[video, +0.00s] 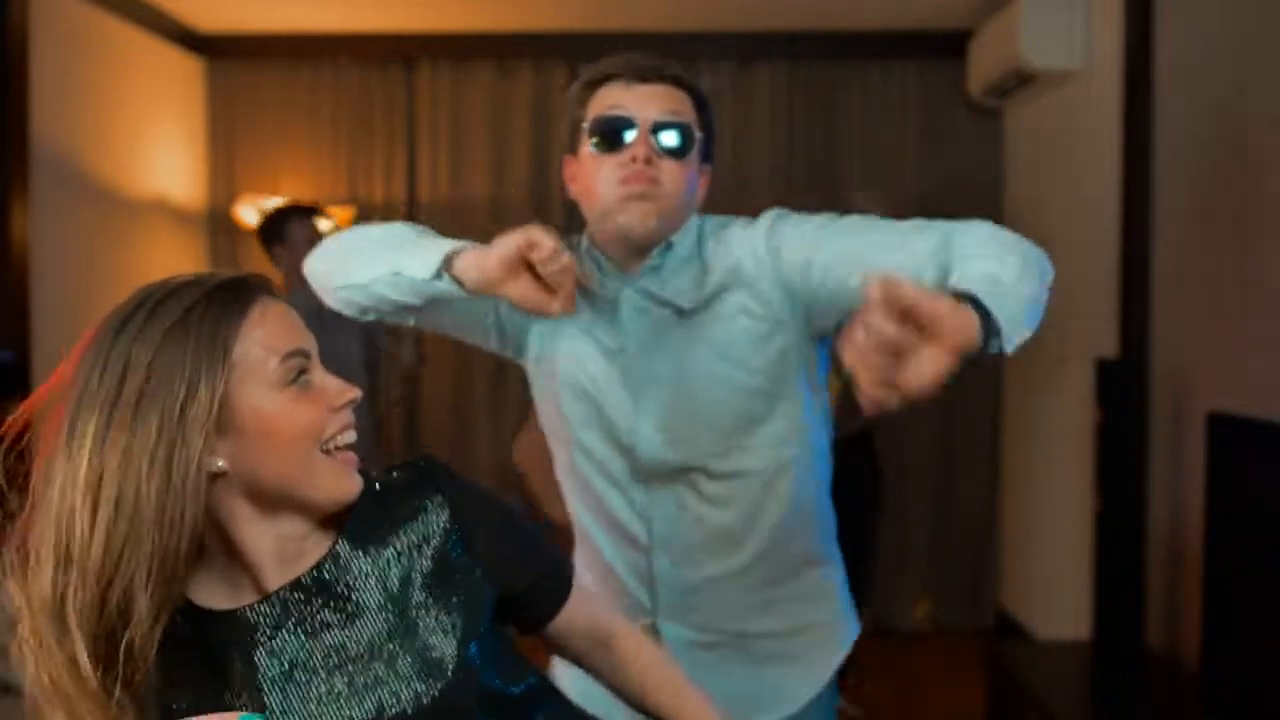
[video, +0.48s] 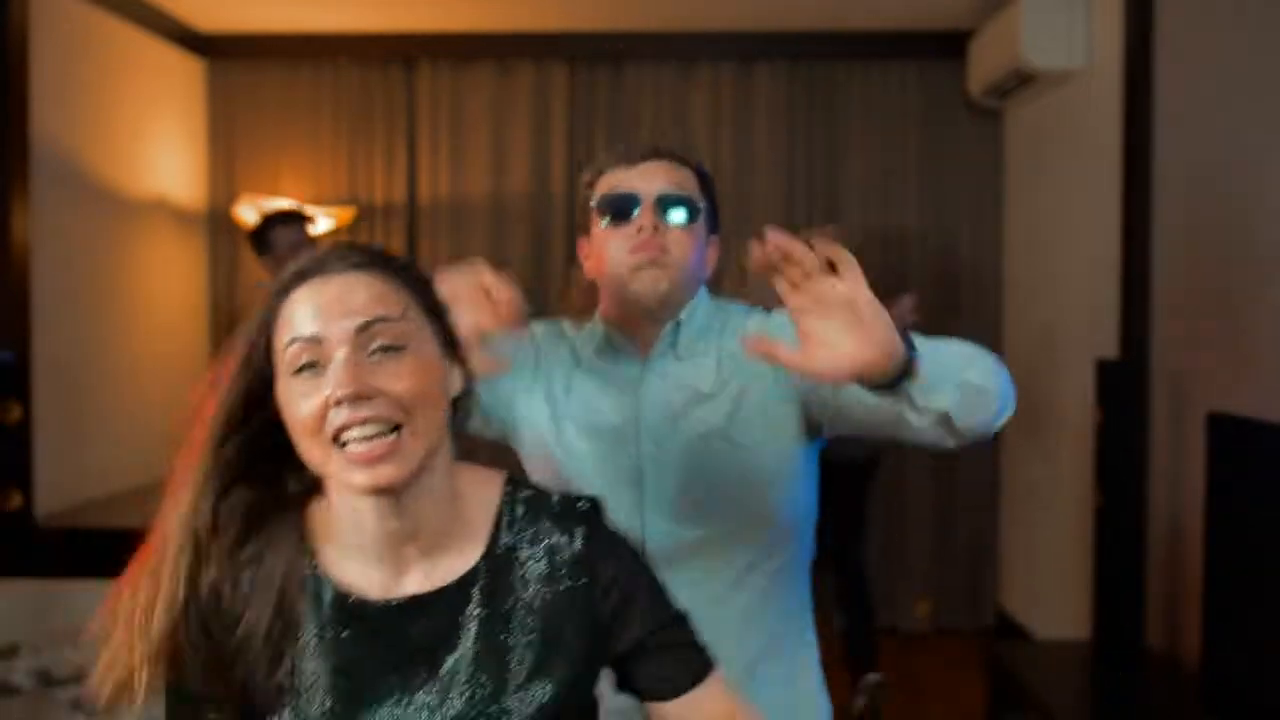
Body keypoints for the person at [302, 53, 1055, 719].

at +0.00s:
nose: (642, 154)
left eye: (671, 139)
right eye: (613, 135)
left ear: (703, 182)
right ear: (573, 178)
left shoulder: (773, 260)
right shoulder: (535, 294)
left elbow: (1005, 255)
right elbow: (330, 266)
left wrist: (963, 316)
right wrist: (464, 267)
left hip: (782, 680)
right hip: (614, 677)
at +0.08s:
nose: (630, 180)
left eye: (658, 165)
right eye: (601, 162)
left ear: (691, 210)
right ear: (563, 206)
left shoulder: (751, 285)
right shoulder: (530, 324)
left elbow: (964, 241)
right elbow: (336, 301)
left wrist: (986, 364)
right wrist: (481, 301)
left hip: (779, 688)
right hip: (617, 687)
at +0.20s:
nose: (625, 228)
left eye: (653, 215)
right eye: (595, 213)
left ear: (686, 258)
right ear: (559, 258)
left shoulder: (746, 333)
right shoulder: (530, 382)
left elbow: (921, 289)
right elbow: (339, 373)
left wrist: (1007, 434)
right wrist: (500, 363)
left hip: (778, 707)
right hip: (614, 712)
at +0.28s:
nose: (625, 257)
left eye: (653, 243)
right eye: (597, 242)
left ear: (686, 283)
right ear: (561, 285)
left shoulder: (749, 363)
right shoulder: (530, 411)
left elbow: (921, 340)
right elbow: (345, 401)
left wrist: (992, 435)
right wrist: (496, 392)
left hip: (765, 704)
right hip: (607, 710)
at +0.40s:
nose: (635, 258)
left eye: (662, 244)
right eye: (607, 244)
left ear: (694, 285)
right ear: (573, 287)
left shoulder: (766, 374)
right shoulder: (533, 402)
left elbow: (975, 414)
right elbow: (354, 393)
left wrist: (937, 405)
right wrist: (447, 378)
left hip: (766, 705)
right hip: (609, 710)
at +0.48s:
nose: (648, 225)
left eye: (676, 210)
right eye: (620, 210)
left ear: (709, 254)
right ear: (586, 255)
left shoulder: (774, 350)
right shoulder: (532, 360)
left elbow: (985, 401)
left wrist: (898, 363)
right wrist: (431, 333)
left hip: (766, 698)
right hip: (596, 700)